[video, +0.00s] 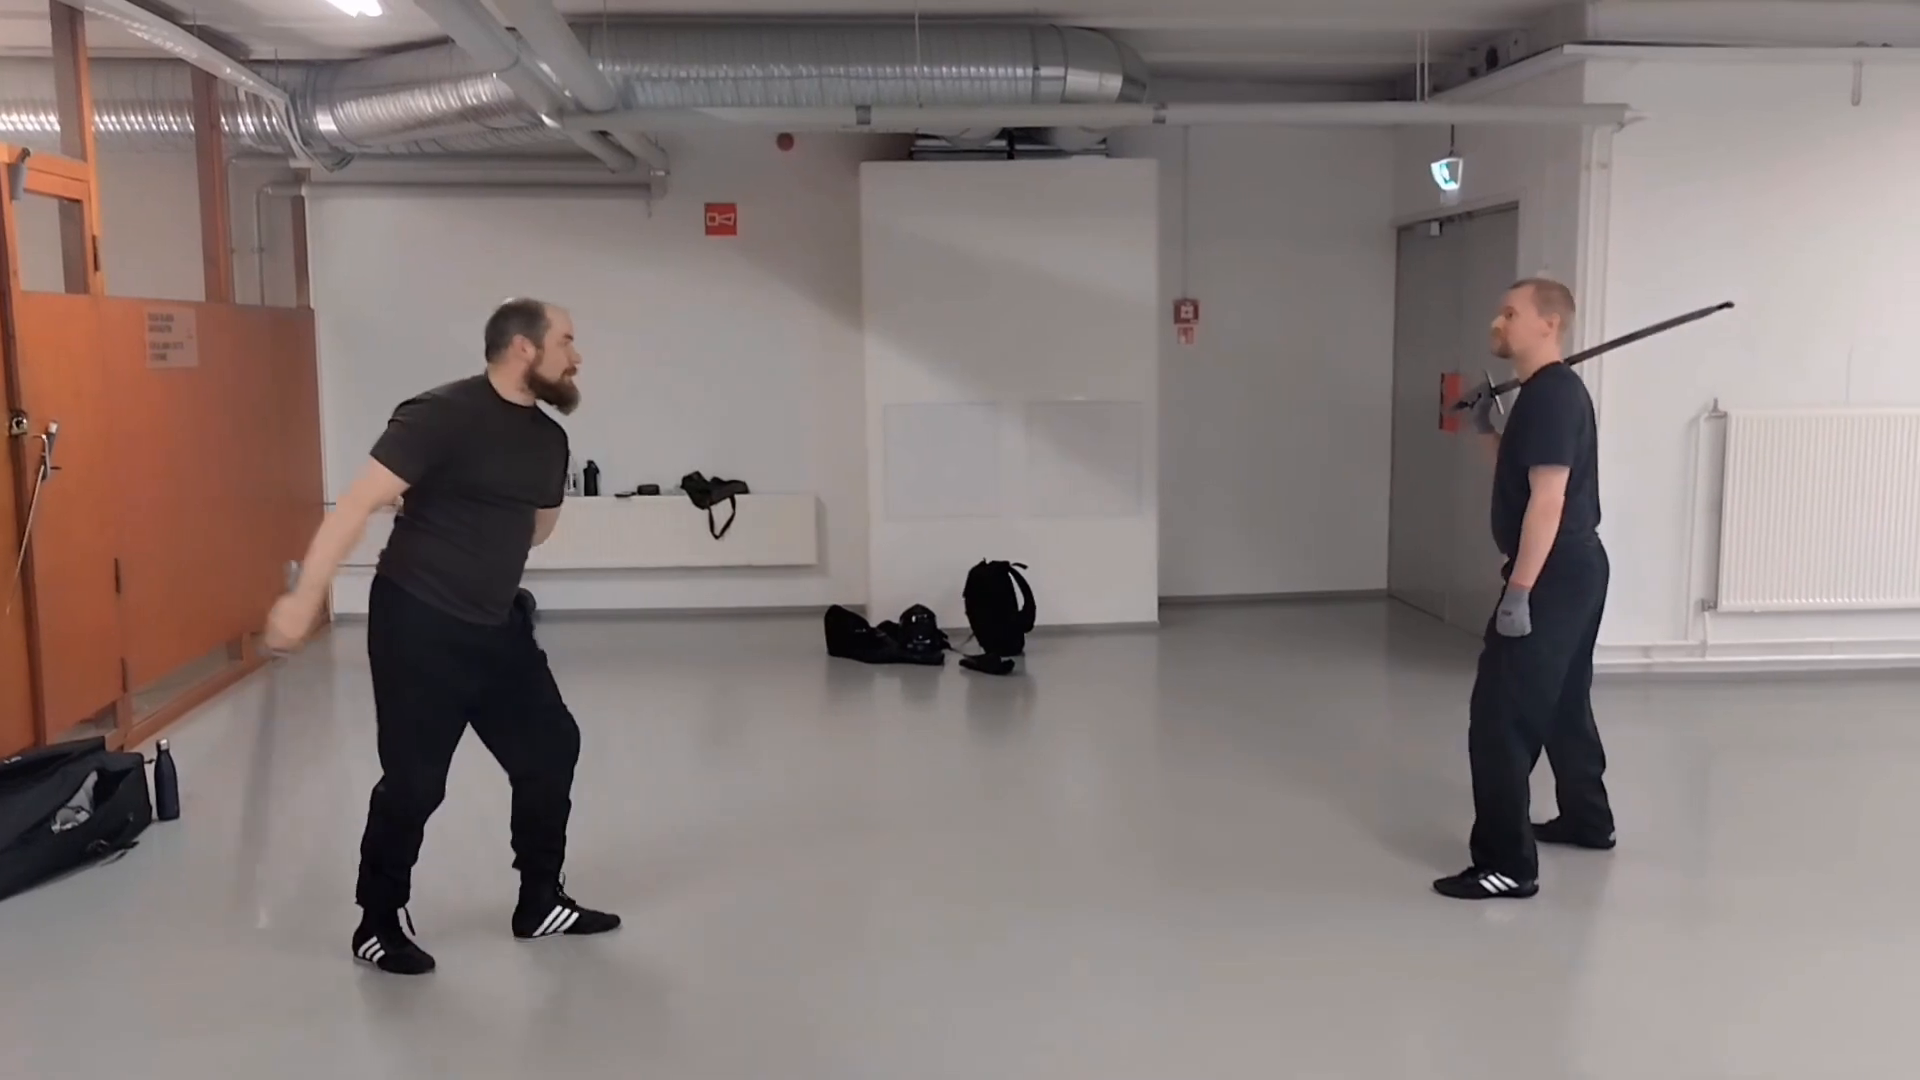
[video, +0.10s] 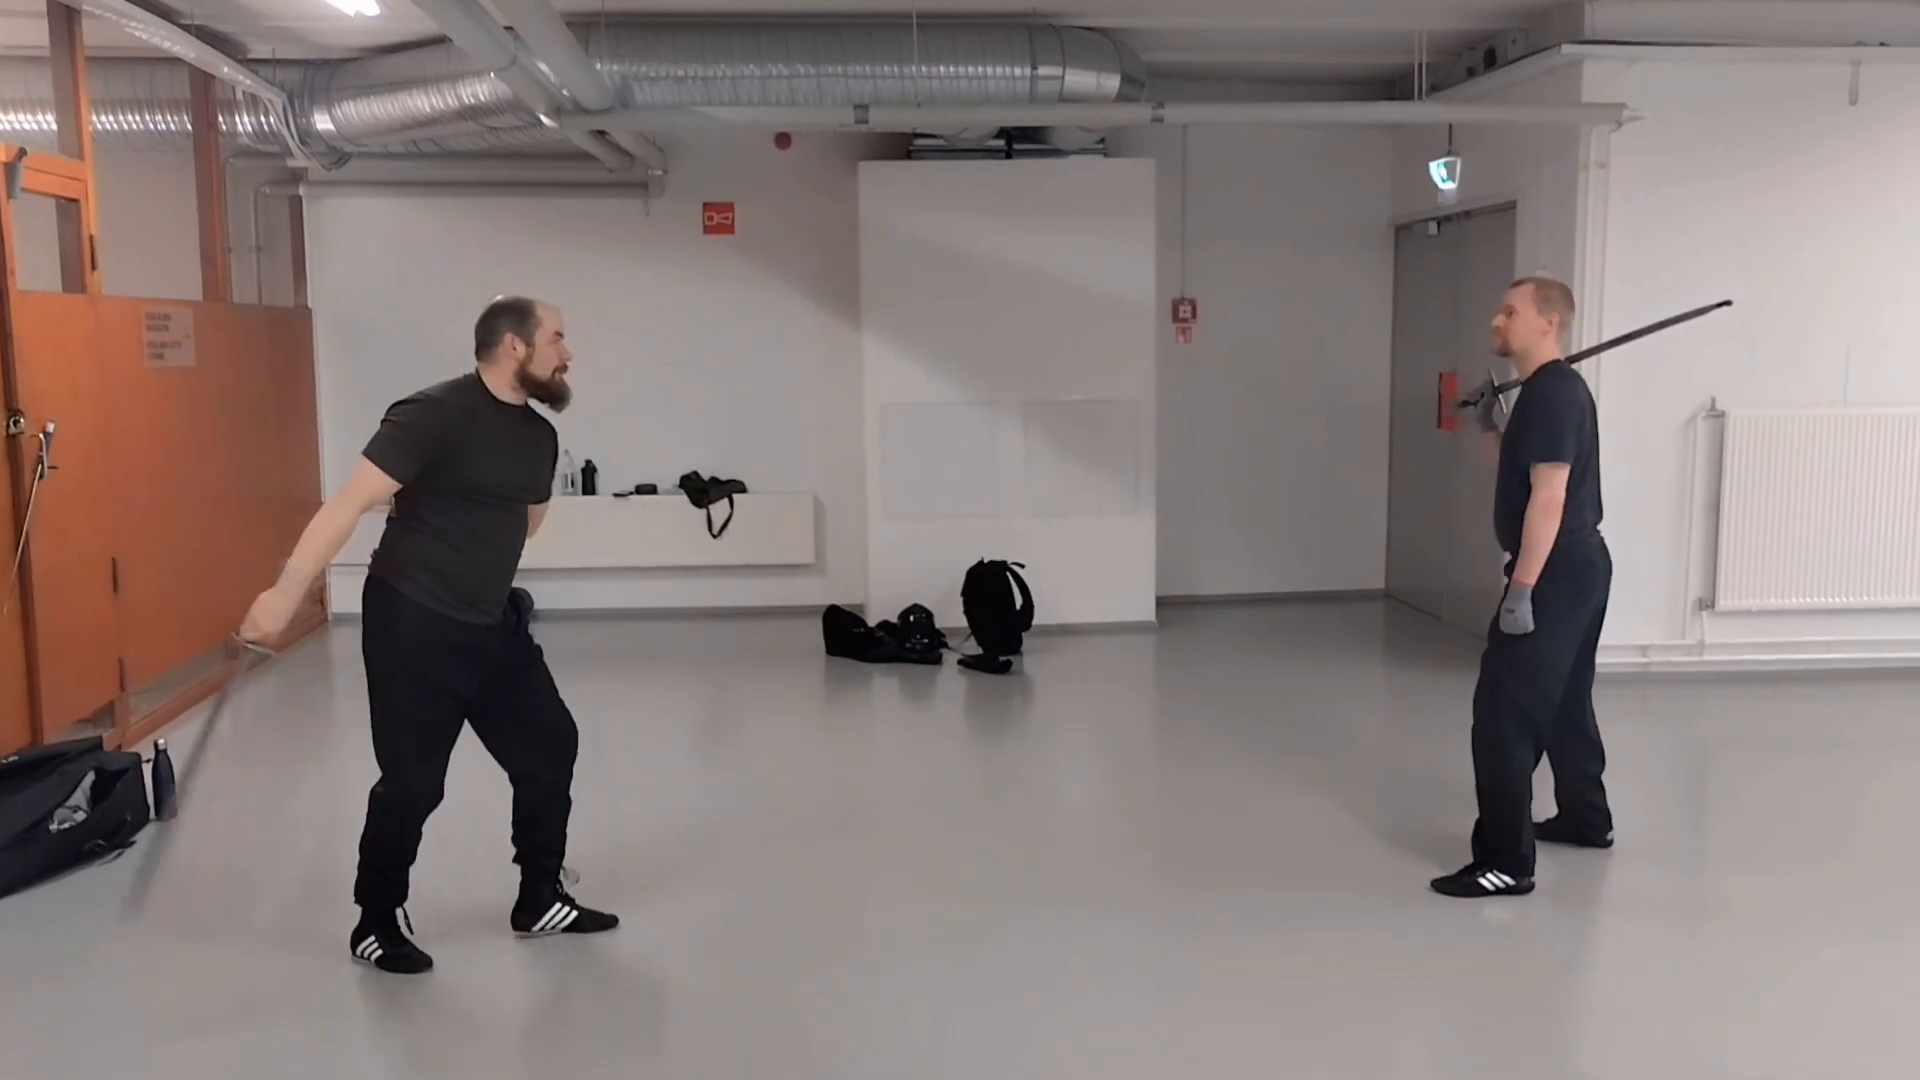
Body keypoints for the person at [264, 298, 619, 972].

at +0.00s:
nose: (576, 356)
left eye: (574, 343)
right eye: (566, 342)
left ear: (530, 351)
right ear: (522, 349)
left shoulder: (548, 438)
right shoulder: (440, 416)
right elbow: (355, 503)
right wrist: (304, 596)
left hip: (494, 625)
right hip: (417, 620)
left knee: (550, 748)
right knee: (414, 776)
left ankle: (540, 901)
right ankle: (378, 925)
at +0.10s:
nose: (567, 353)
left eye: (565, 341)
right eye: (556, 340)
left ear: (520, 348)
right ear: (513, 346)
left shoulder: (538, 435)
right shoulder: (432, 416)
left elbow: (527, 523)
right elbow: (348, 503)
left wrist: (470, 570)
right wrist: (286, 592)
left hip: (487, 623)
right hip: (410, 620)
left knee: (549, 745)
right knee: (411, 780)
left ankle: (540, 898)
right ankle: (377, 923)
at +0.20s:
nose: (559, 349)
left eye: (557, 337)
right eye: (548, 337)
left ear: (514, 348)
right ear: (504, 345)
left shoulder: (528, 431)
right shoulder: (430, 417)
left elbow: (501, 523)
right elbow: (351, 514)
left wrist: (486, 595)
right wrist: (293, 602)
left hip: (485, 622)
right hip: (409, 621)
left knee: (551, 737)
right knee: (411, 780)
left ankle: (541, 891)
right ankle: (374, 922)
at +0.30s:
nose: (554, 350)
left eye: (551, 337)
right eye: (543, 337)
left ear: (503, 345)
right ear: (501, 344)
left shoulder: (513, 426)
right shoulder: (434, 420)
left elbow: (478, 526)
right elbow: (382, 527)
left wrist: (493, 601)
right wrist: (339, 623)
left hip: (488, 624)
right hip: (417, 628)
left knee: (561, 729)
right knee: (414, 784)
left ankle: (547, 882)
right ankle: (372, 923)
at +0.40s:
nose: (551, 351)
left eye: (549, 338)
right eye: (541, 337)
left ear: (499, 347)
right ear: (497, 346)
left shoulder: (495, 417)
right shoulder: (446, 419)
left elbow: (477, 521)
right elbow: (429, 535)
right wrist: (423, 632)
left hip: (493, 620)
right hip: (431, 622)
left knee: (566, 723)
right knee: (417, 778)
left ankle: (570, 884)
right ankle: (371, 917)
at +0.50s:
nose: (557, 353)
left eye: (554, 340)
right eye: (546, 340)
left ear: (505, 347)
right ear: (505, 346)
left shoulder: (499, 418)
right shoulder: (463, 411)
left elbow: (476, 519)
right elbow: (493, 514)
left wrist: (417, 546)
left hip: (486, 619)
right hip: (433, 617)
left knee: (564, 739)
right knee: (420, 776)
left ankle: (619, 879)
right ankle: (368, 920)